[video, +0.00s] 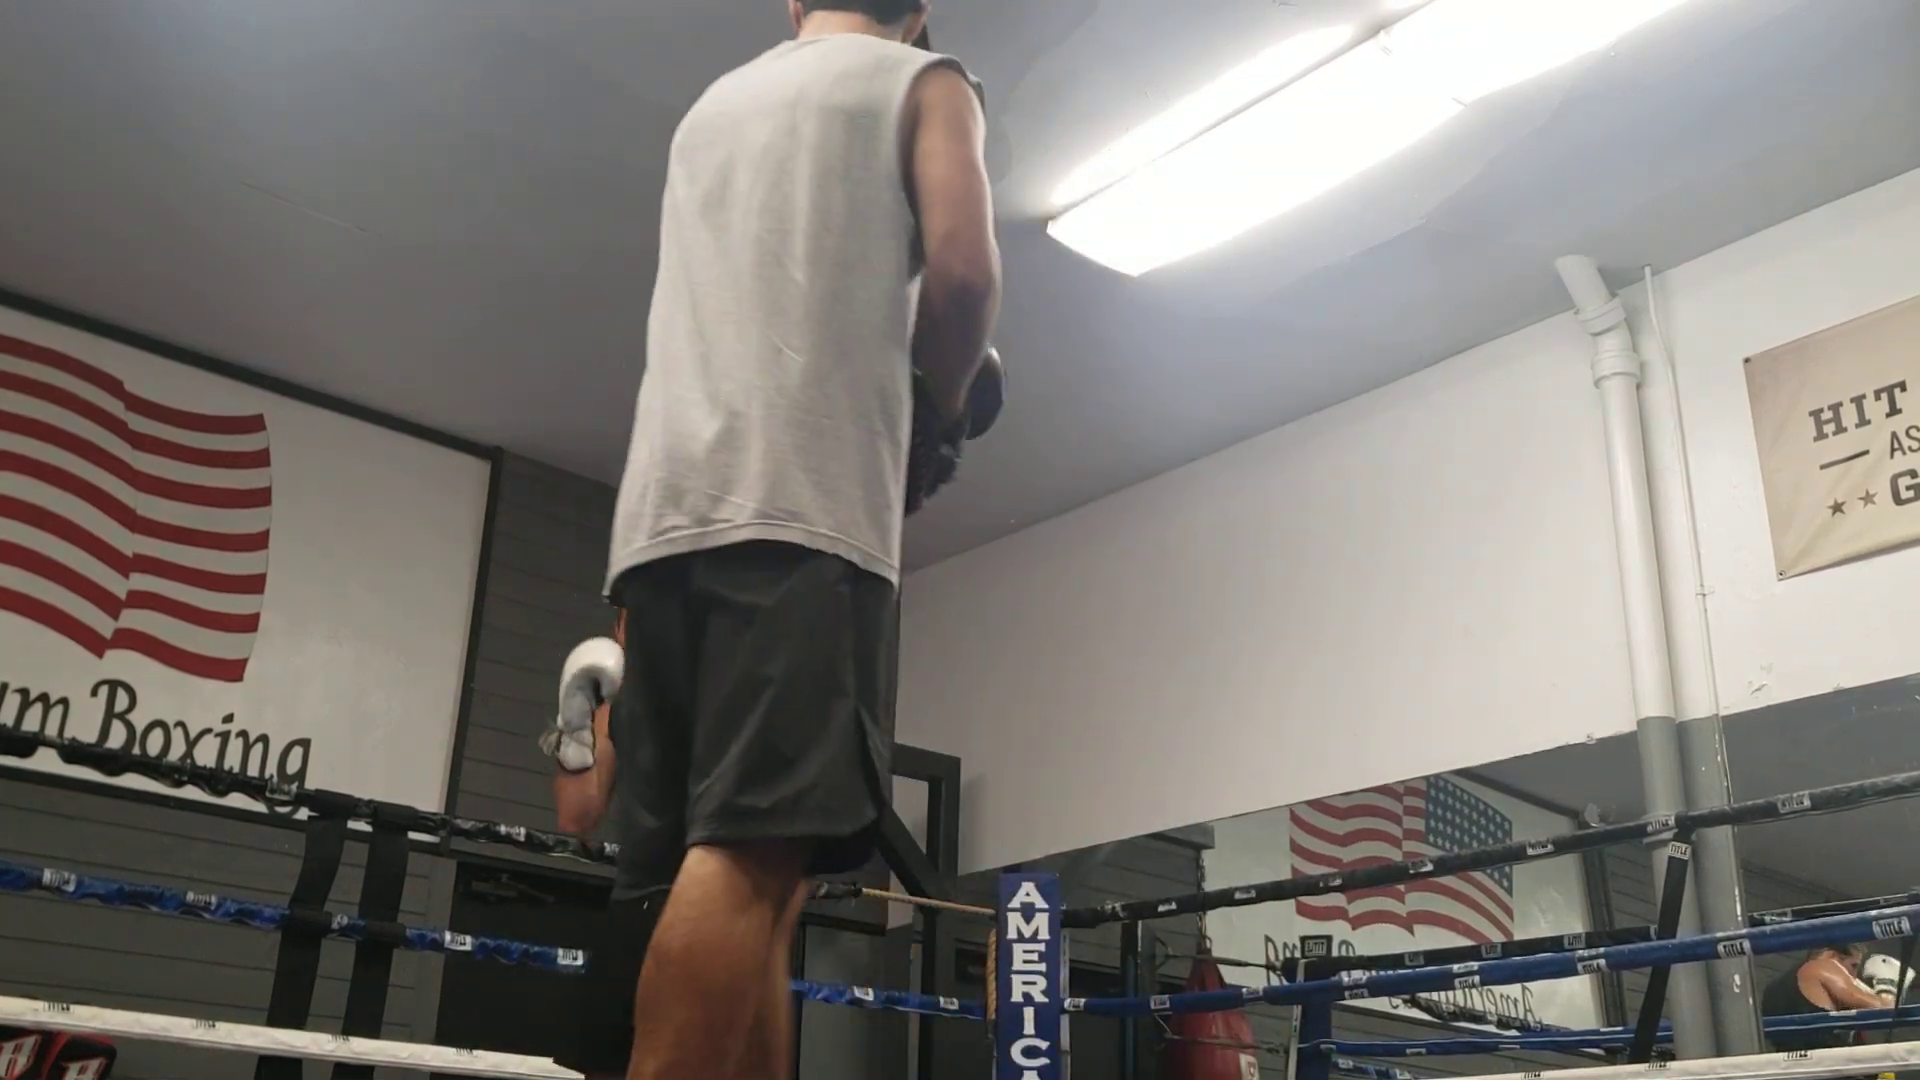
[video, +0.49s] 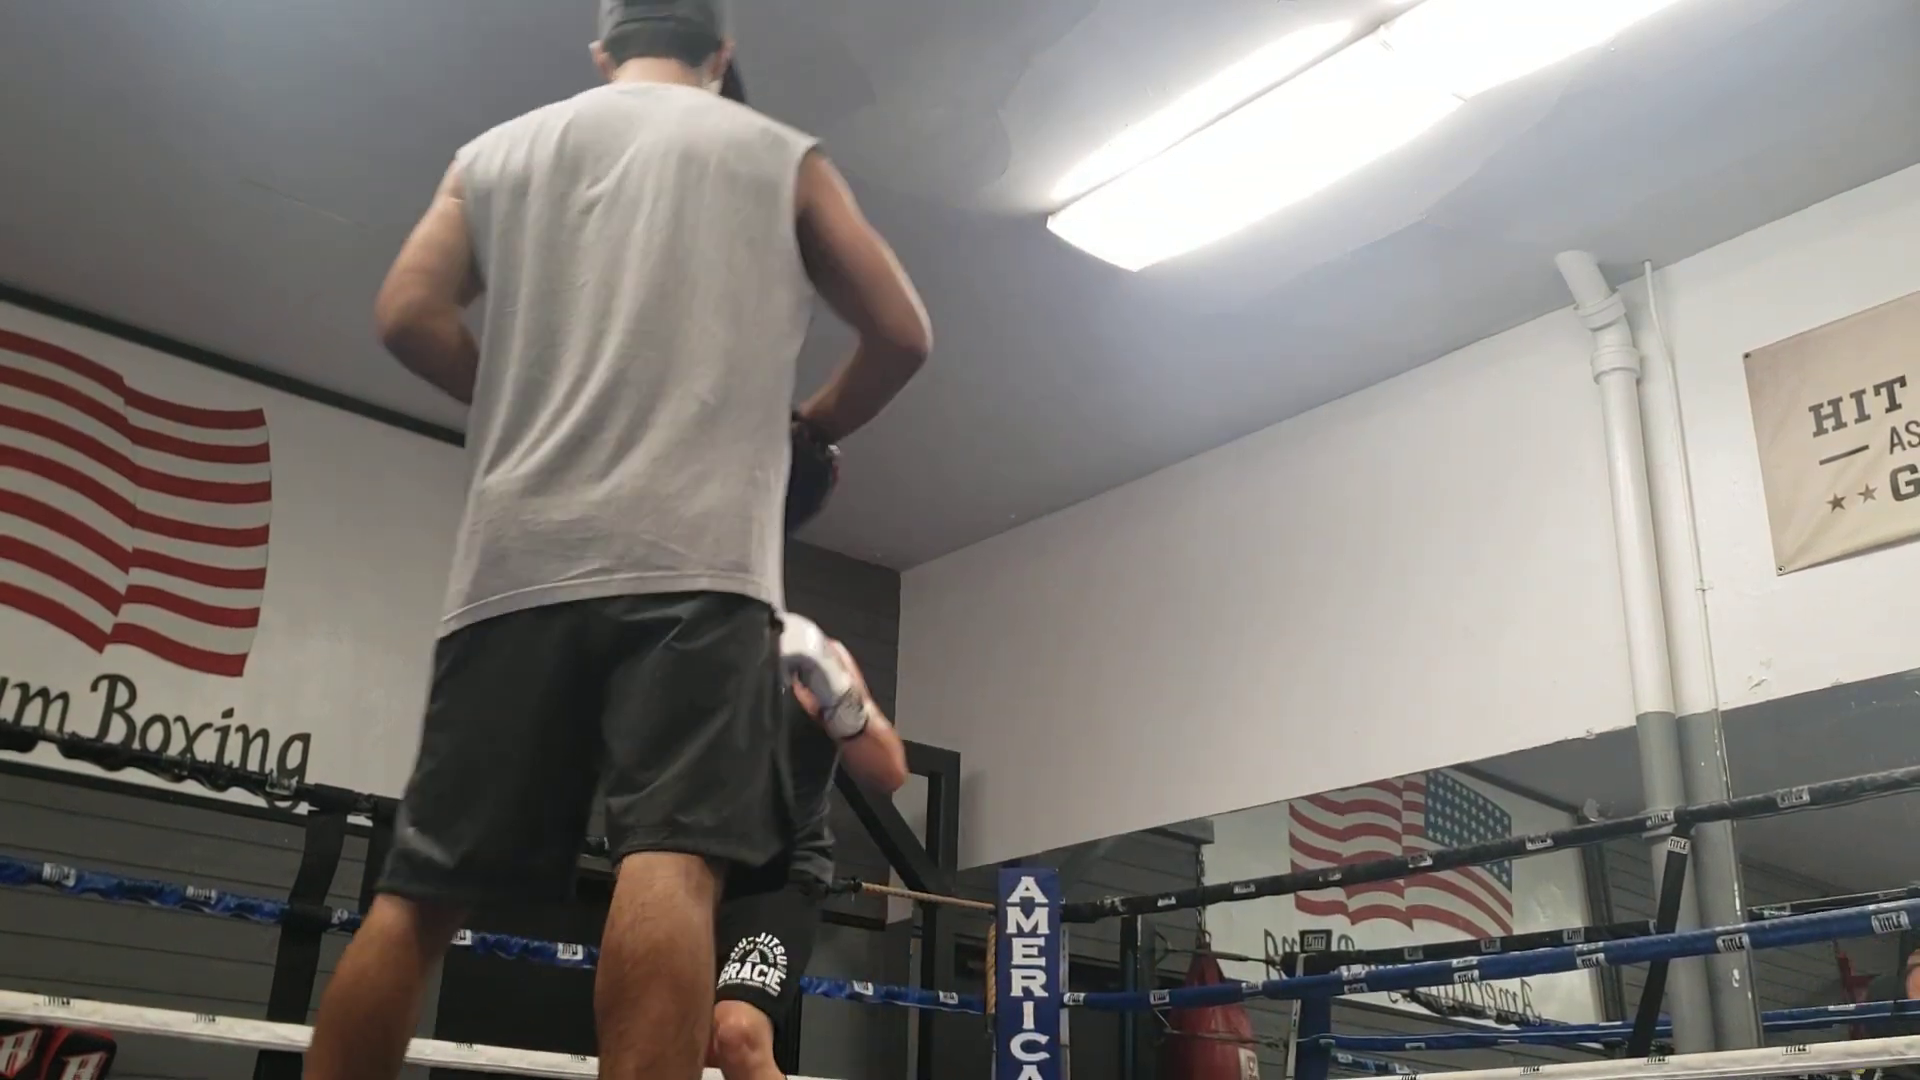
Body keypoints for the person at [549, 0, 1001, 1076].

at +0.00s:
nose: (929, 44)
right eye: (930, 38)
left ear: (794, 18)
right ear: (914, 26)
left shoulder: (709, 107)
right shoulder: (921, 77)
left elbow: (707, 301)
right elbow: (963, 269)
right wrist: (934, 430)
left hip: (660, 498)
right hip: (806, 497)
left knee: (755, 871)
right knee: (742, 859)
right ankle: (660, 1079)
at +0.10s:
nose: (899, 40)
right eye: (904, 32)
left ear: (769, 13)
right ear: (893, 15)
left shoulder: (687, 106)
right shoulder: (889, 67)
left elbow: (668, 324)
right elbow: (937, 253)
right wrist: (913, 406)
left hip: (629, 498)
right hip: (770, 496)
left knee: (682, 862)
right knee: (719, 856)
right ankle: (629, 1073)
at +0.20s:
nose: (881, 39)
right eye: (881, 31)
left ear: (742, 13)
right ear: (863, 14)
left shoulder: (654, 115)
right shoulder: (860, 66)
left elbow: (623, 312)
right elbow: (912, 240)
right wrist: (892, 405)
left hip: (603, 509)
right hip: (751, 505)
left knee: (589, 871)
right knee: (703, 856)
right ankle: (645, 1073)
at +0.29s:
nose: (850, 41)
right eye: (849, 33)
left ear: (707, 15)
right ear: (831, 18)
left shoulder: (608, 133)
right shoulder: (841, 79)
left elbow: (538, 330)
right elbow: (908, 234)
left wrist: (671, 387)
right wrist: (887, 405)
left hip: (584, 525)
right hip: (743, 514)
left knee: (525, 873)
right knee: (697, 853)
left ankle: (416, 1070)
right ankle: (646, 1077)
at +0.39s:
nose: (780, 59)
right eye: (780, 46)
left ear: (660, 37)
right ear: (782, 42)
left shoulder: (551, 141)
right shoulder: (825, 116)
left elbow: (472, 314)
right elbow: (917, 281)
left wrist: (592, 387)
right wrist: (860, 428)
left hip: (552, 542)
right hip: (737, 536)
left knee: (454, 882)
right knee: (683, 854)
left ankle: (358, 1076)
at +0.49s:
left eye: (600, 47)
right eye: (727, 58)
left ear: (599, 55)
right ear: (720, 59)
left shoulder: (493, 153)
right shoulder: (778, 152)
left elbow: (408, 314)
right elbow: (903, 334)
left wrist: (522, 400)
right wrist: (816, 430)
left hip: (514, 561)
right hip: (702, 562)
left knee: (416, 894)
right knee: (667, 866)